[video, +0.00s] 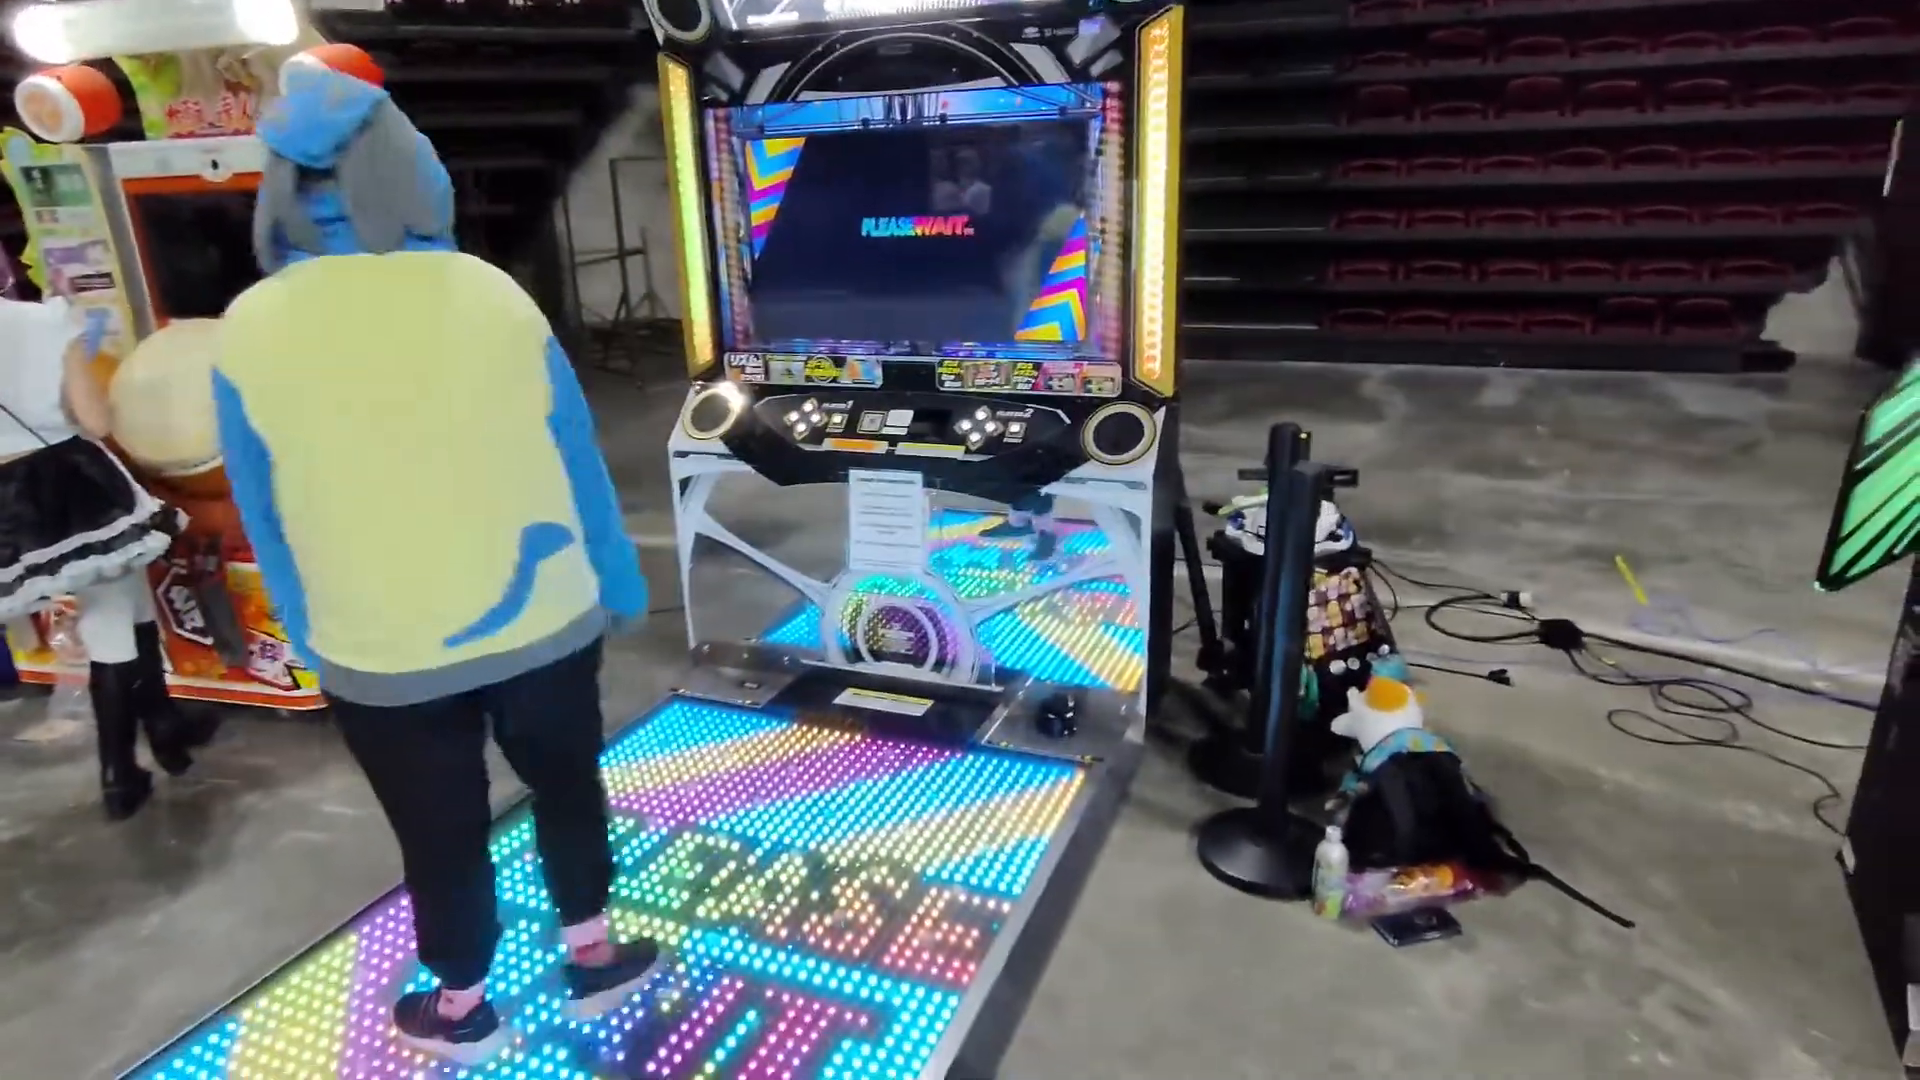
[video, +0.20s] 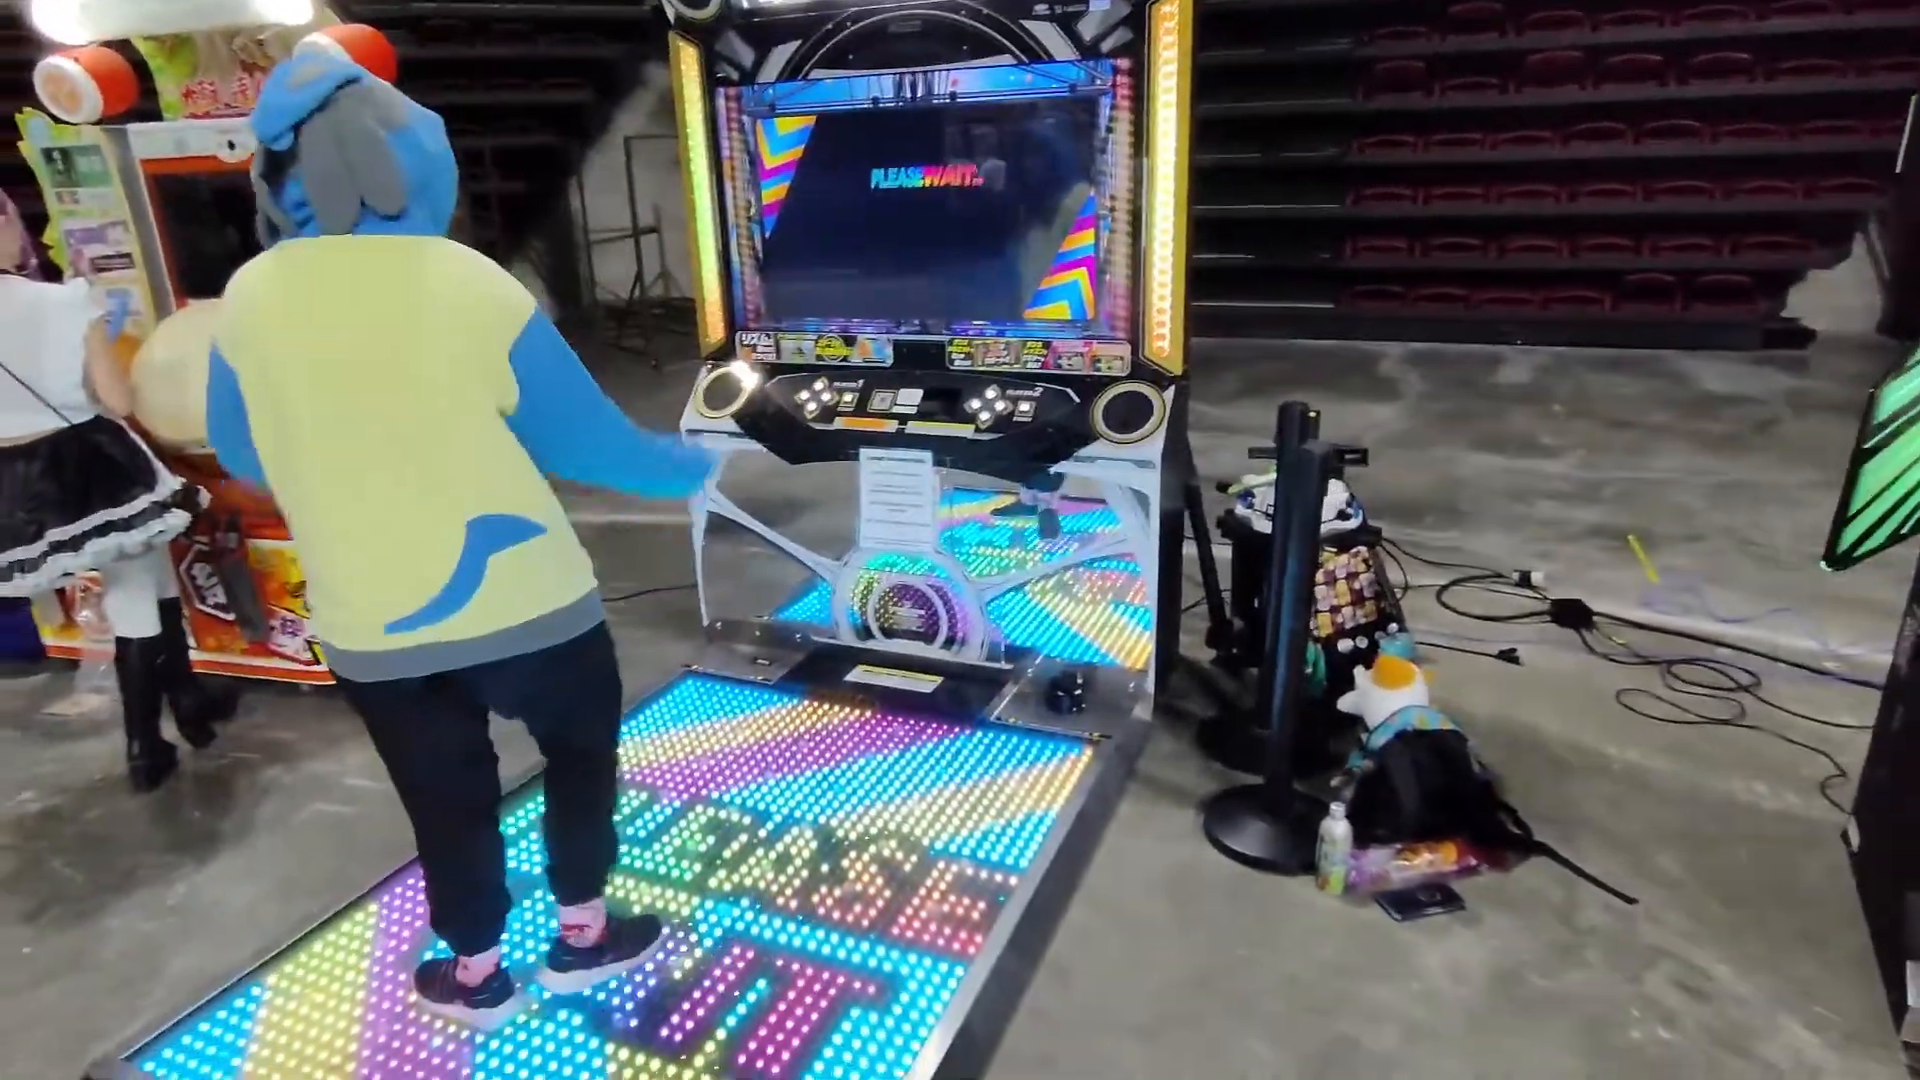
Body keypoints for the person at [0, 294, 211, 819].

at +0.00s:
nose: (30, 261)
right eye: (24, 251)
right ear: (16, 257)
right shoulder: (48, 323)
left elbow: (92, 419)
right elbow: (94, 421)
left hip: (11, 505)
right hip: (70, 493)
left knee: (125, 593)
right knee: (108, 623)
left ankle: (165, 726)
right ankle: (118, 774)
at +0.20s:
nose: (23, 230)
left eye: (17, 218)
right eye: (15, 219)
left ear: (3, 233)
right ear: (4, 233)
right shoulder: (65, 302)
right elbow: (116, 400)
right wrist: (108, 339)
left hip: (15, 490)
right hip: (87, 479)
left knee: (144, 556)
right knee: (135, 589)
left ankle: (190, 700)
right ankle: (144, 747)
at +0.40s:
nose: (38, 214)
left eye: (32, 202)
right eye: (30, 203)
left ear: (1, 210)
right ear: (10, 208)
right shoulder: (79, 284)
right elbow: (132, 382)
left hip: (25, 468)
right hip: (104, 456)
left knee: (159, 537)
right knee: (150, 571)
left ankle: (206, 677)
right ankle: (161, 724)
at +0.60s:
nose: (51, 205)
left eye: (46, 194)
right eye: (43, 194)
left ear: (6, 209)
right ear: (22, 202)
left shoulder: (6, 281)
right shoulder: (93, 276)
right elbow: (144, 373)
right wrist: (125, 312)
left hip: (41, 449)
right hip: (116, 439)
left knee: (172, 528)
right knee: (160, 558)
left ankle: (215, 661)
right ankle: (173, 710)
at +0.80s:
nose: (60, 200)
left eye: (55, 189)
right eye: (52, 190)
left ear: (8, 206)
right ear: (29, 199)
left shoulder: (5, 282)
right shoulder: (102, 271)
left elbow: (9, 393)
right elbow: (151, 369)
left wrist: (51, 393)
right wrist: (140, 313)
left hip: (56, 443)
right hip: (128, 432)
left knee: (179, 535)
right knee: (168, 560)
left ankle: (225, 658)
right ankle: (183, 706)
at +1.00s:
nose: (65, 195)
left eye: (59, 184)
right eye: (57, 185)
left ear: (11, 204)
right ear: (33, 196)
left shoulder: (5, 283)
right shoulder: (106, 267)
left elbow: (10, 389)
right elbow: (156, 365)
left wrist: (58, 386)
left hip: (62, 440)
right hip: (134, 426)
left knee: (181, 533)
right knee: (175, 550)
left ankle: (233, 654)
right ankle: (190, 702)